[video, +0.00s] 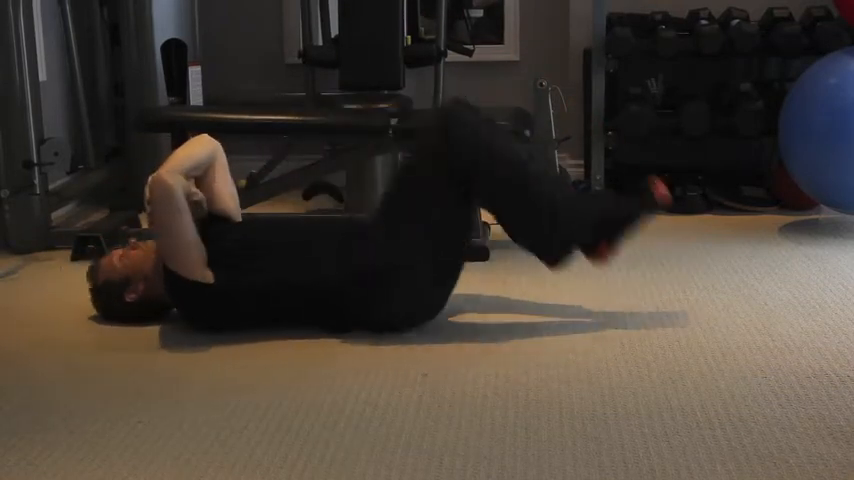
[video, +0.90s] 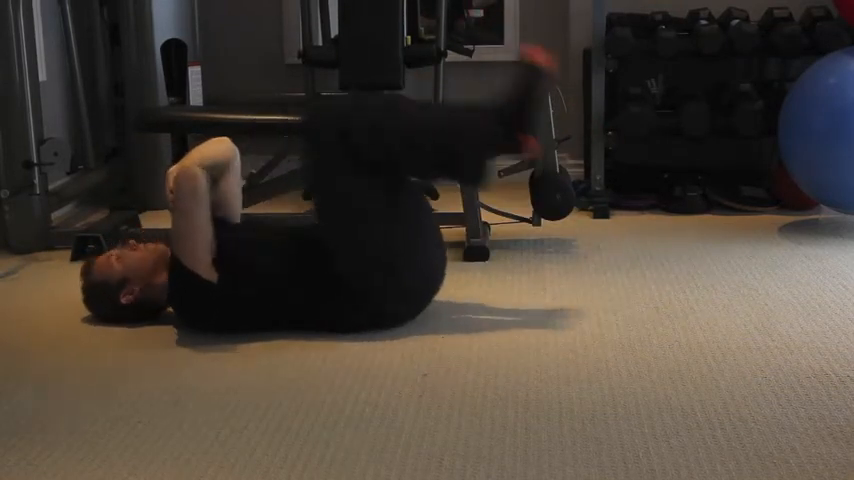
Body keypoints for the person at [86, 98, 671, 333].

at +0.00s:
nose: (129, 250)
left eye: (118, 252)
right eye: (119, 265)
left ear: (148, 266)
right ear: (138, 295)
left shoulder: (216, 254)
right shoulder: (197, 291)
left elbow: (210, 150)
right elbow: (168, 178)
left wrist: (188, 226)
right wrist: (181, 194)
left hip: (397, 264)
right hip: (387, 287)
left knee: (463, 128)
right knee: (455, 129)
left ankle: (578, 224)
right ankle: (576, 227)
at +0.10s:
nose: (127, 246)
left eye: (115, 250)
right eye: (118, 260)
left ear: (142, 261)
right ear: (137, 288)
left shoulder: (212, 248)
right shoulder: (191, 293)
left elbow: (212, 153)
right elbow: (166, 182)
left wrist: (172, 227)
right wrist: (181, 223)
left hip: (392, 271)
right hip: (380, 291)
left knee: (402, 116)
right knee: (395, 117)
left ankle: (549, 179)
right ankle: (546, 188)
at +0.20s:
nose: (124, 239)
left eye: (114, 243)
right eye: (116, 252)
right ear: (135, 288)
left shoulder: (219, 247)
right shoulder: (191, 293)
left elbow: (222, 148)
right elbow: (171, 184)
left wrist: (165, 191)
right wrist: (173, 239)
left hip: (383, 266)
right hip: (365, 286)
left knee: (342, 116)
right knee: (335, 122)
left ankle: (503, 130)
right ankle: (509, 127)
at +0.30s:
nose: (117, 239)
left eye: (105, 247)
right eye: (111, 256)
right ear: (135, 283)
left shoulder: (216, 245)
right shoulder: (190, 292)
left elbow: (236, 146)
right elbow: (180, 175)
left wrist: (182, 178)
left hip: (391, 257)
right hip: (367, 276)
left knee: (289, 129)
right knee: (283, 132)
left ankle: (451, 102)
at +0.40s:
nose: (123, 236)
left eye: (112, 244)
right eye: (114, 251)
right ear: (135, 284)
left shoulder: (213, 272)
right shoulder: (198, 293)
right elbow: (191, 172)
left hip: (392, 243)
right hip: (369, 253)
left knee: (252, 159)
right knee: (244, 150)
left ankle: (398, 88)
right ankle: (391, 100)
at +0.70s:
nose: (122, 237)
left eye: (110, 245)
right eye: (111, 252)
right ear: (134, 284)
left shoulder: (218, 267)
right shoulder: (196, 291)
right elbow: (200, 170)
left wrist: (196, 162)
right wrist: (187, 166)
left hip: (393, 242)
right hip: (362, 257)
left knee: (258, 143)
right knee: (245, 141)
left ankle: (393, 77)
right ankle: (385, 99)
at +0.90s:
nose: (135, 243)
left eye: (122, 243)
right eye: (120, 258)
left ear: (143, 246)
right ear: (134, 293)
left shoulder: (217, 261)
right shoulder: (196, 298)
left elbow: (226, 152)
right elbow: (189, 178)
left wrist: (184, 186)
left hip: (394, 267)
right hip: (376, 286)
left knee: (339, 120)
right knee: (330, 123)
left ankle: (497, 134)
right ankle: (502, 128)